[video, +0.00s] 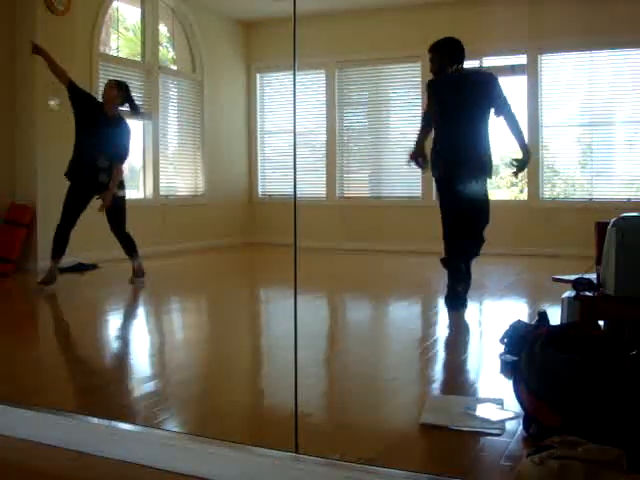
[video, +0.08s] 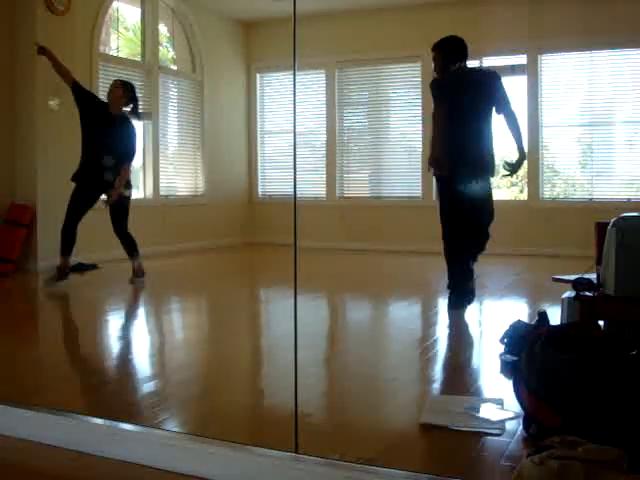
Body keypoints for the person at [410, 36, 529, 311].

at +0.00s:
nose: (430, 65)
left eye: (433, 59)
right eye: (431, 59)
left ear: (444, 59)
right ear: (460, 58)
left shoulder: (436, 86)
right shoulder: (485, 79)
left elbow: (428, 120)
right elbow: (508, 115)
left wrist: (418, 147)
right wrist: (525, 151)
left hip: (446, 165)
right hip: (476, 163)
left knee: (452, 224)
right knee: (478, 221)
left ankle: (457, 288)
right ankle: (459, 266)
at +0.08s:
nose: (434, 63)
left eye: (436, 58)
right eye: (433, 57)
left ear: (447, 57)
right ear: (464, 57)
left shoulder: (440, 85)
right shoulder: (489, 79)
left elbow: (439, 118)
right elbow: (508, 115)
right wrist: (521, 151)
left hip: (448, 168)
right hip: (478, 167)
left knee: (453, 228)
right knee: (481, 223)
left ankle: (459, 289)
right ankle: (465, 266)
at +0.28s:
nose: (455, 67)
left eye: (458, 62)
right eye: (456, 61)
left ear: (469, 61)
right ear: (482, 61)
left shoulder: (466, 85)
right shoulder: (502, 84)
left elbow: (465, 124)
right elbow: (524, 120)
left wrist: (442, 158)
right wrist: (513, 154)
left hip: (472, 162)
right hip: (501, 161)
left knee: (465, 228)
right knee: (499, 216)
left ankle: (459, 288)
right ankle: (516, 269)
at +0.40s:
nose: (472, 79)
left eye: (475, 74)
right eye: (472, 74)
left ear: (485, 74)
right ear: (494, 74)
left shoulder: (486, 99)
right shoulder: (503, 99)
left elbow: (457, 124)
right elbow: (519, 133)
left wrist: (431, 140)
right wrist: (517, 174)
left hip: (496, 179)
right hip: (511, 177)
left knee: (479, 235)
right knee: (510, 228)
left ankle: (470, 286)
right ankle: (530, 277)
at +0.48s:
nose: (483, 76)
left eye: (487, 71)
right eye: (481, 71)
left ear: (499, 73)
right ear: (484, 74)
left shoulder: (501, 98)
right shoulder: (498, 98)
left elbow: (470, 118)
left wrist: (441, 133)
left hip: (513, 172)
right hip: (509, 171)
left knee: (495, 222)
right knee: (510, 225)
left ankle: (490, 278)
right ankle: (530, 278)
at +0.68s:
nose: (503, 63)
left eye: (507, 58)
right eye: (500, 58)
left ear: (518, 59)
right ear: (498, 60)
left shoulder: (527, 84)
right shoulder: (497, 89)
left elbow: (524, 120)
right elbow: (503, 120)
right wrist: (484, 134)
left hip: (526, 160)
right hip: (508, 161)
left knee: (524, 213)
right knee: (515, 216)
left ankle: (548, 262)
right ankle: (526, 269)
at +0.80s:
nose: (511, 65)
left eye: (515, 60)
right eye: (508, 60)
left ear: (526, 62)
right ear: (506, 63)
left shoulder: (537, 88)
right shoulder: (500, 92)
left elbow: (539, 125)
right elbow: (502, 122)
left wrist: (519, 146)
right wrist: (502, 156)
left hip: (534, 164)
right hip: (510, 165)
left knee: (541, 212)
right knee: (514, 221)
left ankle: (564, 252)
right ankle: (517, 272)